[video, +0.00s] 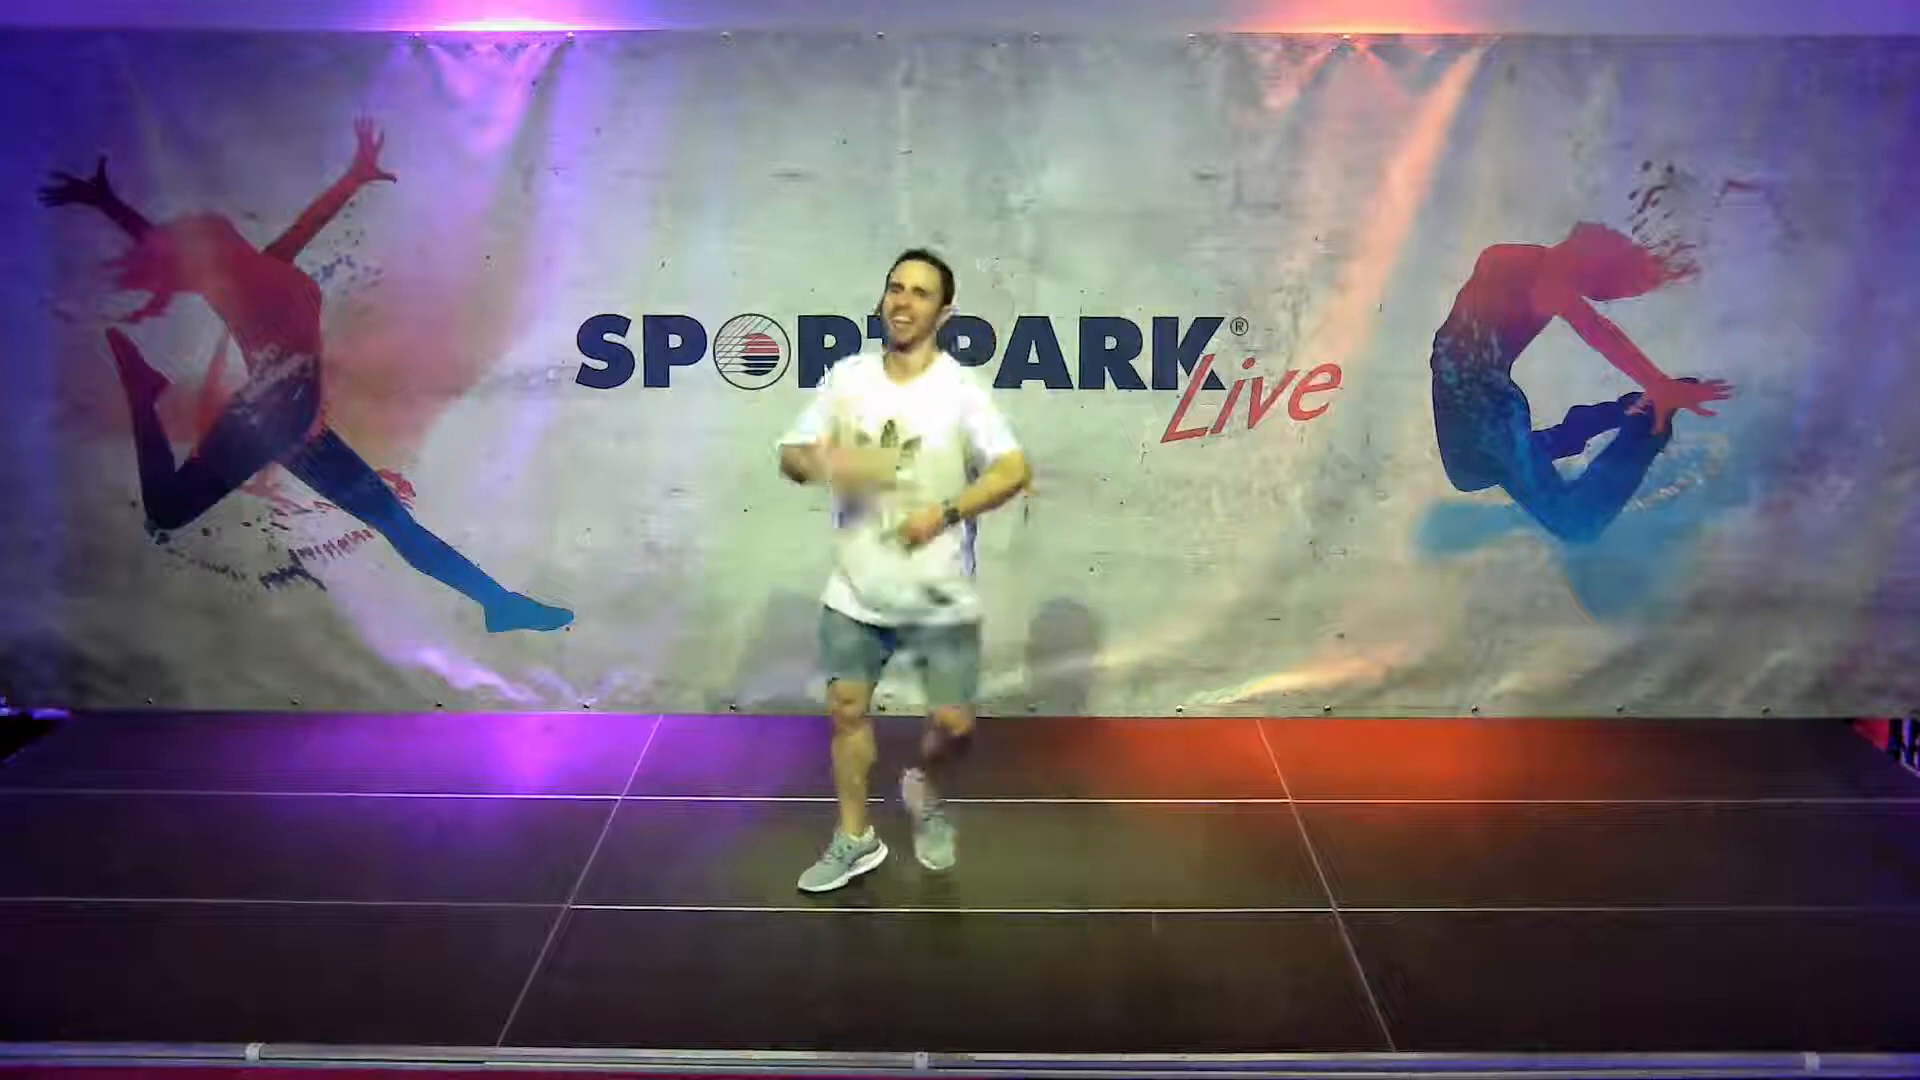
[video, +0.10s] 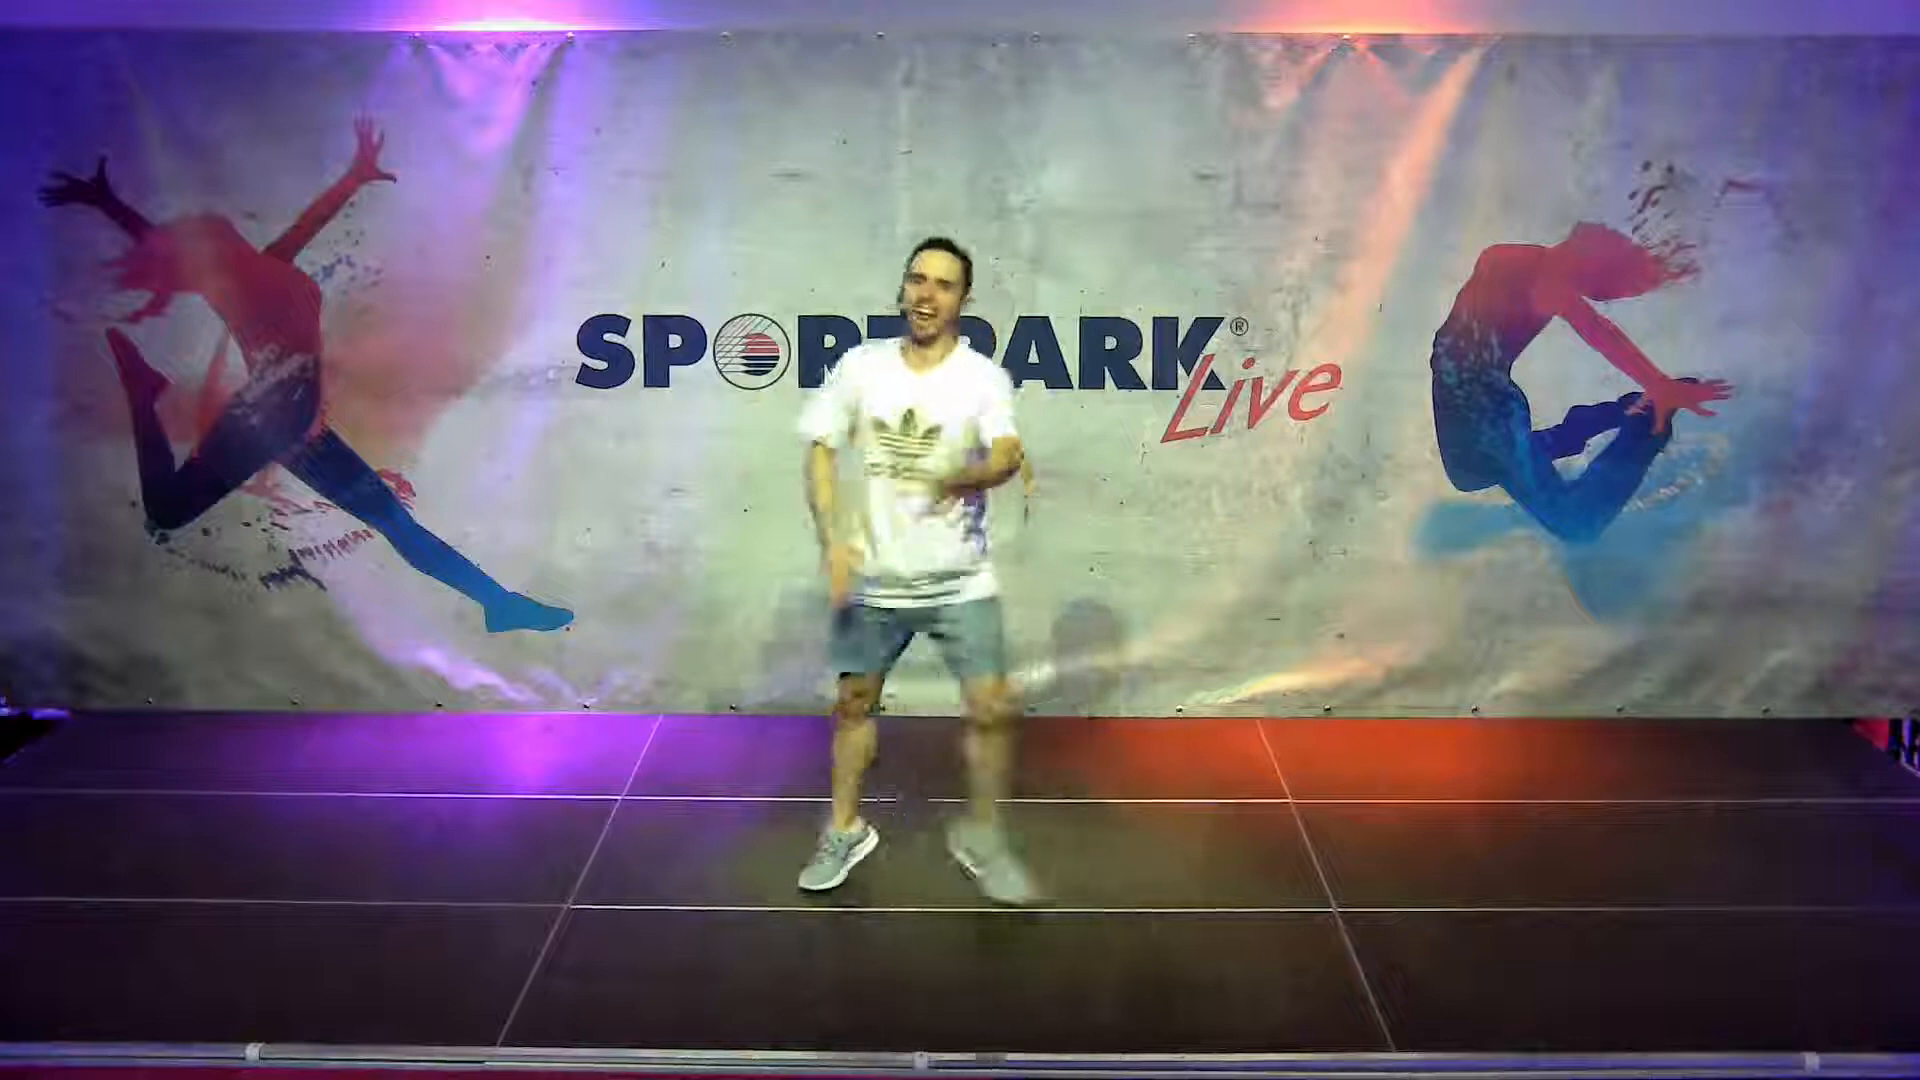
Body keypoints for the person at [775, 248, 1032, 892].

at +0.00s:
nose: (903, 302)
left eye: (919, 294)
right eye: (895, 289)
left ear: (942, 310)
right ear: (882, 300)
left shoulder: (964, 389)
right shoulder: (846, 379)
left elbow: (1013, 470)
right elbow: (792, 458)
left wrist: (945, 513)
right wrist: (835, 466)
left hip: (940, 588)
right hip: (859, 583)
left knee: (955, 725)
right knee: (845, 708)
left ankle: (922, 790)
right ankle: (854, 835)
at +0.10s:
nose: (925, 294)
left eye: (942, 285)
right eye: (917, 281)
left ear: (963, 300)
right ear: (902, 289)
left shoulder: (984, 379)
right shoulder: (860, 368)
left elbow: (1008, 457)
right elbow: (818, 451)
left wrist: (966, 479)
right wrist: (833, 542)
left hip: (962, 582)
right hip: (874, 580)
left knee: (992, 705)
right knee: (853, 702)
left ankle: (982, 835)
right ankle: (844, 831)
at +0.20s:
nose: (966, 327)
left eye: (982, 318)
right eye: (955, 313)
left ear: (997, 330)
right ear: (935, 318)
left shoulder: (1008, 404)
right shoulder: (885, 398)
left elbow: (1032, 478)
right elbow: (852, 503)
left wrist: (1026, 426)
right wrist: (829, 597)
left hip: (975, 604)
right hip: (885, 600)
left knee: (1021, 735)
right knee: (865, 729)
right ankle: (848, 840)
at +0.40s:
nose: (1022, 333)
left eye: (1036, 322)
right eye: (1011, 319)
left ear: (1052, 335)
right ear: (988, 328)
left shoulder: (1072, 417)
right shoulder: (946, 416)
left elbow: (1145, 482)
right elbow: (900, 507)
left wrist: (1095, 463)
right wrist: (854, 580)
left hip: (1046, 618)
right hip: (955, 621)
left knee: (1085, 747)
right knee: (903, 749)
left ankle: (1105, 898)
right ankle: (861, 830)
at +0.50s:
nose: (1049, 319)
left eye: (1063, 309)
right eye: (1038, 306)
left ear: (1079, 324)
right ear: (1016, 316)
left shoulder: (1103, 408)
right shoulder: (973, 402)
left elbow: (1181, 479)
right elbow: (924, 498)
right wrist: (875, 574)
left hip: (1075, 613)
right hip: (982, 611)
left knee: (1097, 743)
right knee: (949, 742)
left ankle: (1106, 895)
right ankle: (943, 853)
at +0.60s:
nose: (1082, 317)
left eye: (1096, 306)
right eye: (1070, 303)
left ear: (1113, 321)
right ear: (1048, 313)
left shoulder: (1135, 416)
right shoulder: (1001, 402)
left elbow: (1192, 500)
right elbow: (948, 495)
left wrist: (1203, 591)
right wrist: (884, 566)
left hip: (1094, 610)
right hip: (1010, 610)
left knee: (1114, 747)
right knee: (1039, 749)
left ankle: (1110, 903)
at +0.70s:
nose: (1104, 324)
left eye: (1118, 312)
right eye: (1091, 310)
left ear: (1135, 326)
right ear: (1069, 320)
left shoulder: (1143, 420)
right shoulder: (1017, 404)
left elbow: (1175, 519)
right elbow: (938, 481)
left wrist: (1187, 612)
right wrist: (850, 513)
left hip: (1107, 614)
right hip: (1030, 611)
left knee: (1124, 755)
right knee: (1072, 748)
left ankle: (1102, 904)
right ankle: (1126, 904)